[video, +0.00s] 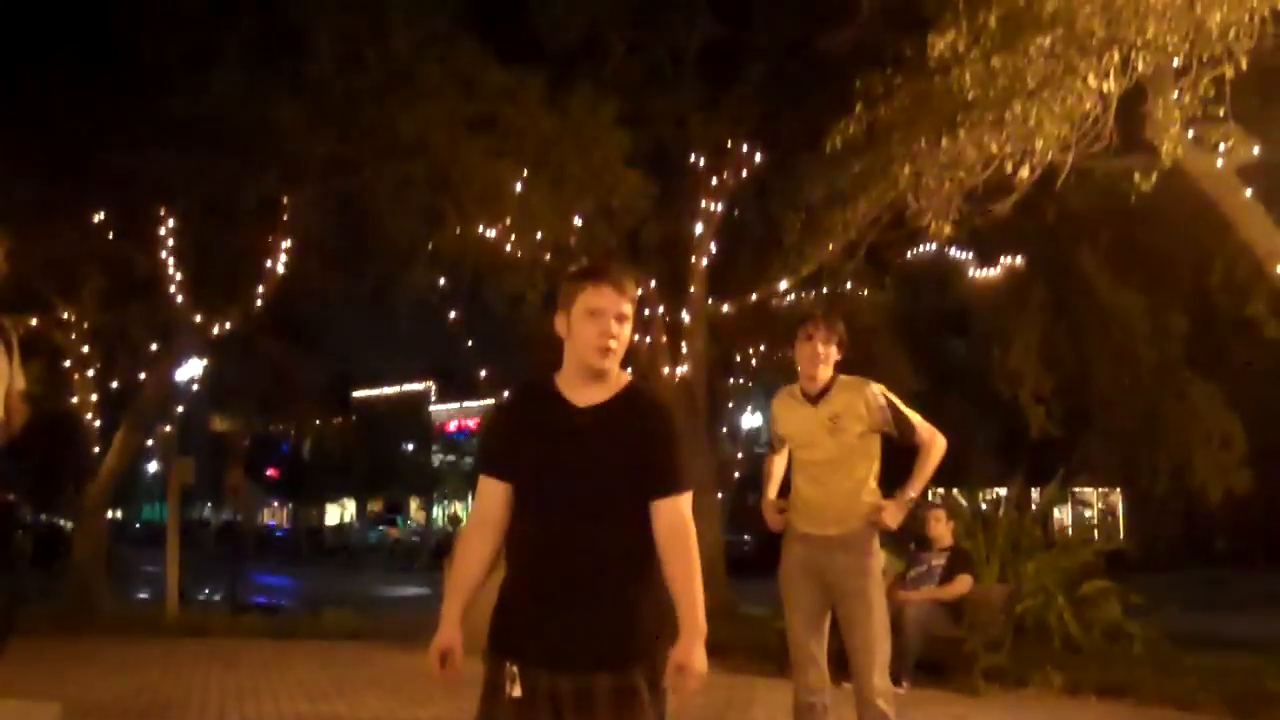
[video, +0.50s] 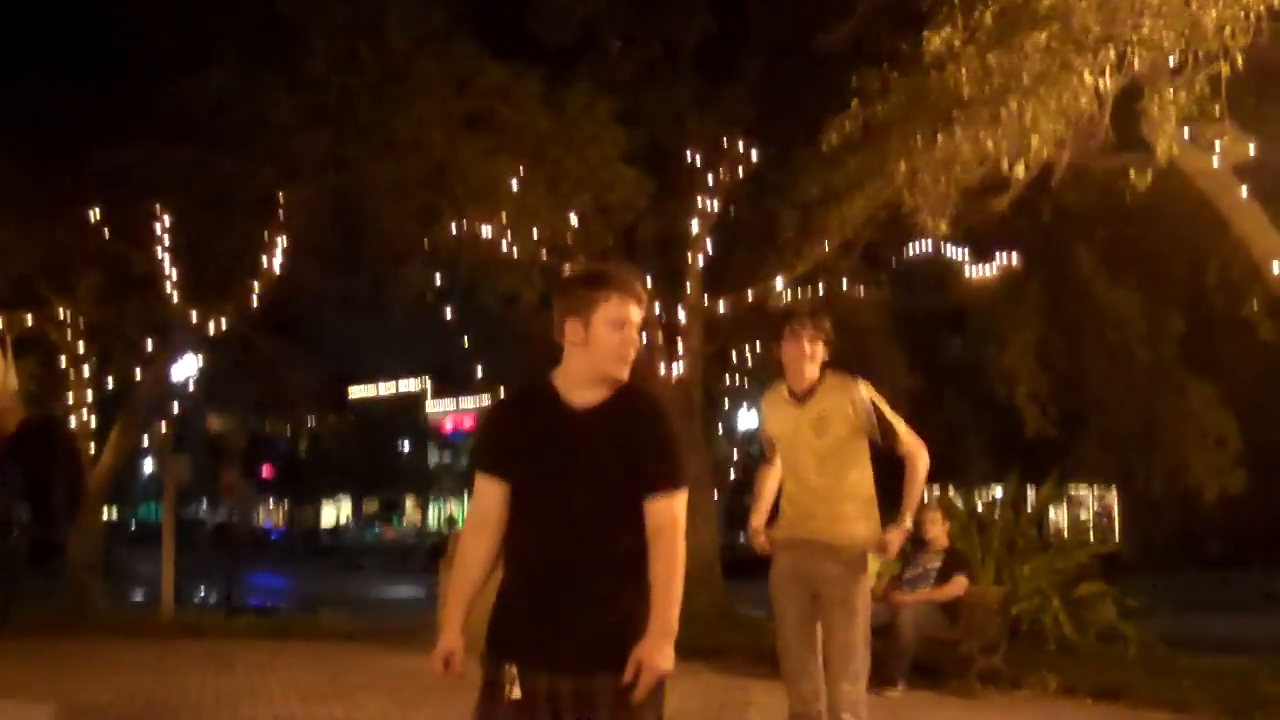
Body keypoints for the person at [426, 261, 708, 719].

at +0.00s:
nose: (609, 329)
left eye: (621, 318)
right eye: (594, 314)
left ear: (632, 332)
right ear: (562, 323)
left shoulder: (650, 418)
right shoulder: (519, 414)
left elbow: (675, 529)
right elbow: (486, 521)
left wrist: (693, 632)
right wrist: (450, 617)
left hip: (624, 649)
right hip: (527, 648)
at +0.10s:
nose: (611, 330)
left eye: (622, 318)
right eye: (595, 315)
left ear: (632, 330)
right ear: (562, 322)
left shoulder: (650, 417)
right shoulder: (518, 414)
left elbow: (674, 528)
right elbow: (486, 522)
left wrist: (687, 631)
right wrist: (452, 621)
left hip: (623, 651)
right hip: (526, 649)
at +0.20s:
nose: (622, 333)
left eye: (629, 322)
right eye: (607, 318)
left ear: (637, 331)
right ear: (566, 324)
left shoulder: (648, 414)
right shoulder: (517, 413)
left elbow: (673, 526)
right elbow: (487, 522)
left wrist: (683, 629)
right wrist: (454, 623)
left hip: (621, 650)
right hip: (525, 649)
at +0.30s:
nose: (633, 338)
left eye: (637, 325)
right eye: (617, 323)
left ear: (640, 331)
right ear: (572, 328)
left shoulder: (648, 413)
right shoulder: (517, 411)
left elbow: (672, 528)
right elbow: (488, 521)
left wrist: (676, 629)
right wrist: (458, 622)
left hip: (621, 650)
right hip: (525, 647)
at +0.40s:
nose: (635, 338)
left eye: (639, 326)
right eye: (620, 324)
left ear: (642, 331)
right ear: (574, 329)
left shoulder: (649, 414)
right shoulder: (516, 411)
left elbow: (670, 528)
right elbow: (489, 519)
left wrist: (669, 630)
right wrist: (459, 619)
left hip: (621, 651)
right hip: (526, 647)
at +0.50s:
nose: (633, 341)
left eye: (636, 328)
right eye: (618, 326)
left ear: (640, 332)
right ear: (573, 331)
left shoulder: (647, 417)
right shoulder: (514, 416)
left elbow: (666, 533)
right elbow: (483, 524)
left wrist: (662, 634)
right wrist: (452, 623)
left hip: (619, 655)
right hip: (523, 651)